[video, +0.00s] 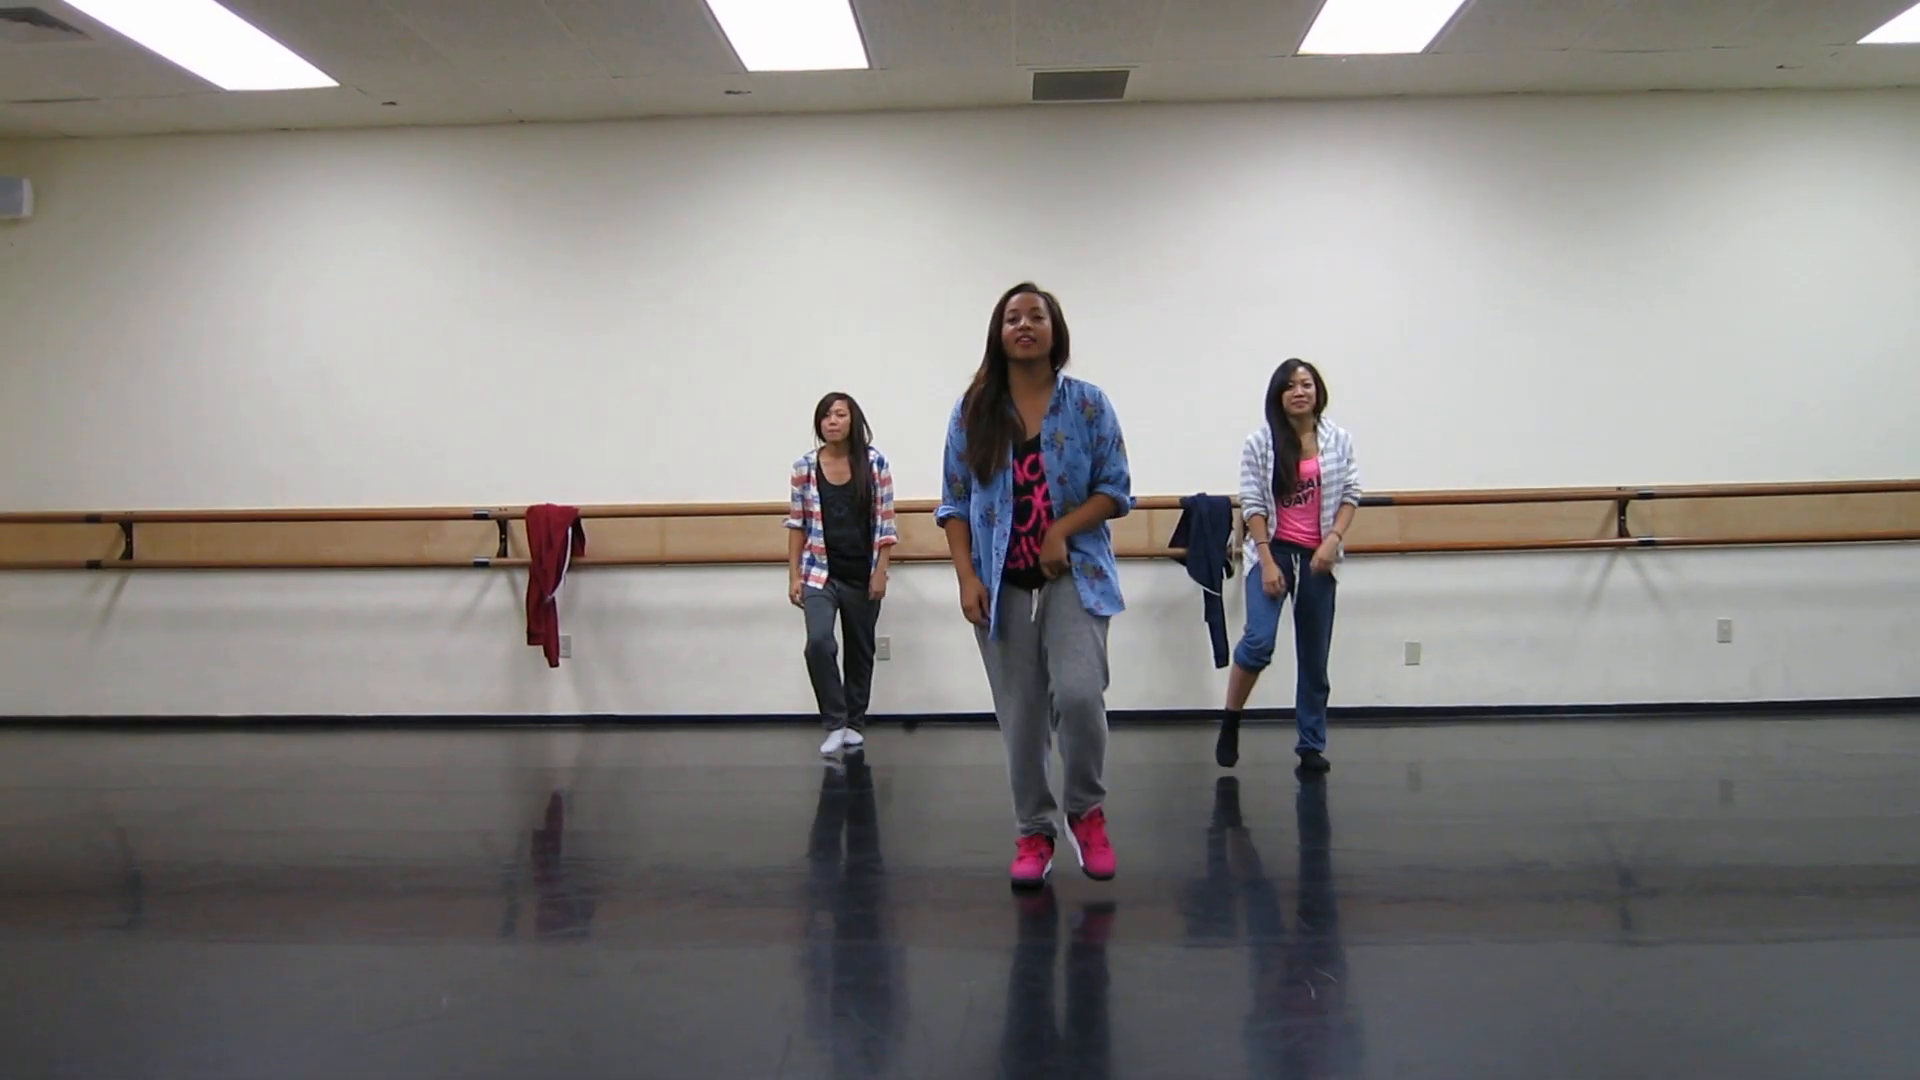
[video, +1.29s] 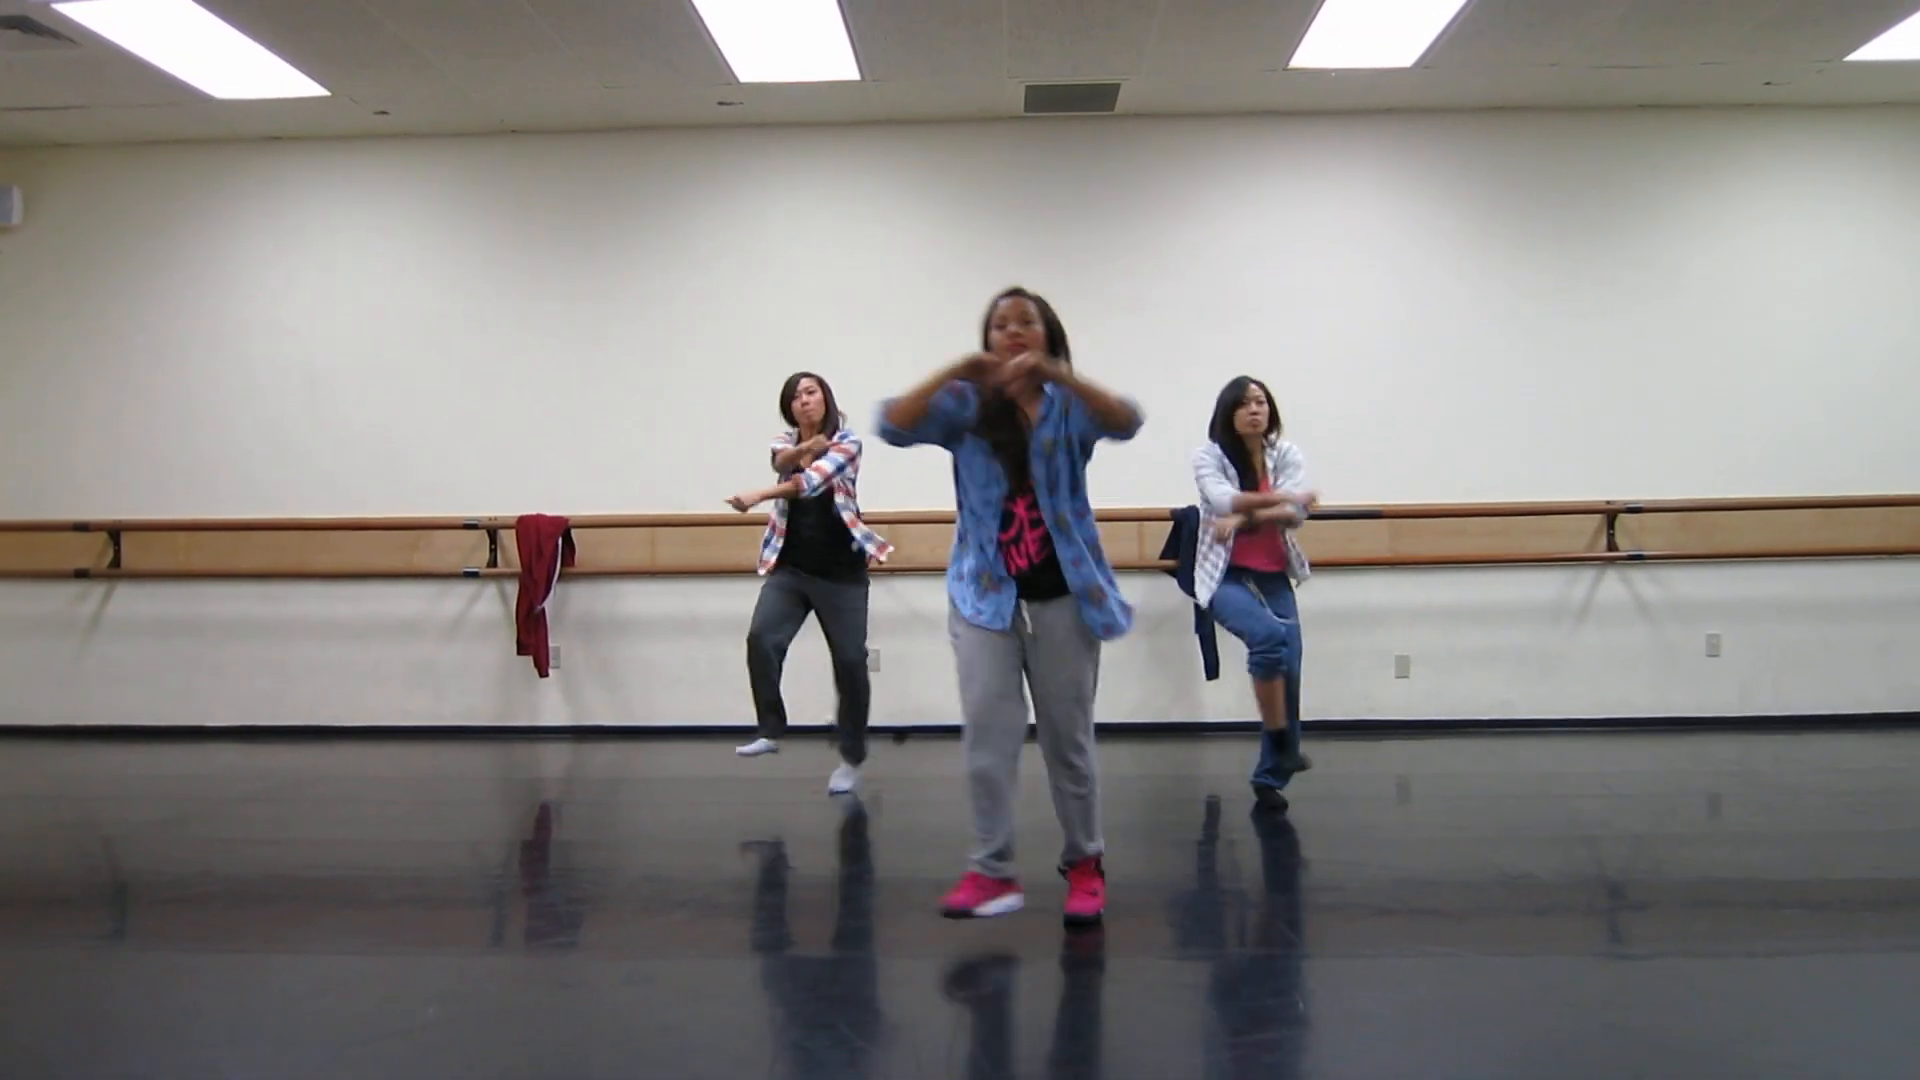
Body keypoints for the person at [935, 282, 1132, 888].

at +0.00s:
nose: (1024, 324)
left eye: (1036, 316)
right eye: (1013, 317)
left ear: (1056, 331)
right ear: (997, 334)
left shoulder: (1087, 402)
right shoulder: (972, 410)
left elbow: (1116, 490)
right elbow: (954, 502)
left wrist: (1062, 528)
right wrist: (966, 576)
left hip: (1074, 576)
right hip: (1002, 583)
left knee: (1078, 694)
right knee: (1019, 714)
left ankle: (1086, 815)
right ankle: (1034, 831)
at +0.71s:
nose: (1072, 313)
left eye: (1083, 305)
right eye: (1060, 306)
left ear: (1102, 323)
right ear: (1042, 326)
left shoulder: (1129, 406)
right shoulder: (1004, 399)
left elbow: (1172, 482)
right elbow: (950, 478)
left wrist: (1161, 531)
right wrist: (945, 551)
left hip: (1090, 598)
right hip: (1012, 598)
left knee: (1082, 735)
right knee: (1021, 731)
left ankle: (1086, 857)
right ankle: (1020, 837)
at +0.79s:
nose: (1074, 315)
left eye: (1084, 306)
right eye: (1061, 308)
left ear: (1104, 324)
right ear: (1043, 327)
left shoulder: (1134, 408)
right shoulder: (1007, 397)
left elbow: (1184, 470)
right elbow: (938, 462)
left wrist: (1175, 497)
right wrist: (942, 520)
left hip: (1096, 597)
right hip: (1017, 596)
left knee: (1076, 734)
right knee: (1020, 731)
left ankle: (1086, 859)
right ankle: (1011, 800)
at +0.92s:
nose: (1068, 329)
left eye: (1078, 321)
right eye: (1055, 324)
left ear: (1097, 339)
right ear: (1038, 344)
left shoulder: (1130, 420)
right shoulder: (1003, 413)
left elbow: (1193, 485)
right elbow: (941, 473)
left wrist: (1205, 422)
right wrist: (931, 427)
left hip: (1098, 612)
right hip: (1021, 612)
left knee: (1087, 746)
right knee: (1017, 749)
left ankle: (1083, 863)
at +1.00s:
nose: (1059, 321)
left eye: (1070, 312)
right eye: (1046, 315)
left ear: (1090, 330)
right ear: (1028, 335)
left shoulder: (1119, 408)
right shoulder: (996, 405)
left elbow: (1171, 481)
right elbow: (945, 476)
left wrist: (1228, 434)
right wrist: (910, 411)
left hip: (1096, 601)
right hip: (1017, 603)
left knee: (1090, 741)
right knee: (1032, 732)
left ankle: (1088, 863)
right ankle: (996, 725)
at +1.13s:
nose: (1050, 335)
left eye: (1061, 325)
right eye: (1036, 329)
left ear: (1081, 341)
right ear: (1016, 348)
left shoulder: (1102, 409)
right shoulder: (990, 403)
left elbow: (1128, 464)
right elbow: (980, 436)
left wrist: (1092, 460)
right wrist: (1005, 406)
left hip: (1087, 597)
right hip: (1010, 600)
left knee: (1086, 740)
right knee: (1033, 733)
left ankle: (1091, 863)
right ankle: (1047, 873)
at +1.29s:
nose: (1013, 333)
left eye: (1026, 322)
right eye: (1001, 324)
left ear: (1050, 335)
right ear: (986, 339)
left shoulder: (1070, 404)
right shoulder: (964, 404)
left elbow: (1128, 421)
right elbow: (892, 426)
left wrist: (1060, 376)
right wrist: (956, 372)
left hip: (1063, 597)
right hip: (985, 599)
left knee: (1068, 741)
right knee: (987, 738)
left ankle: (1084, 866)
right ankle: (992, 871)